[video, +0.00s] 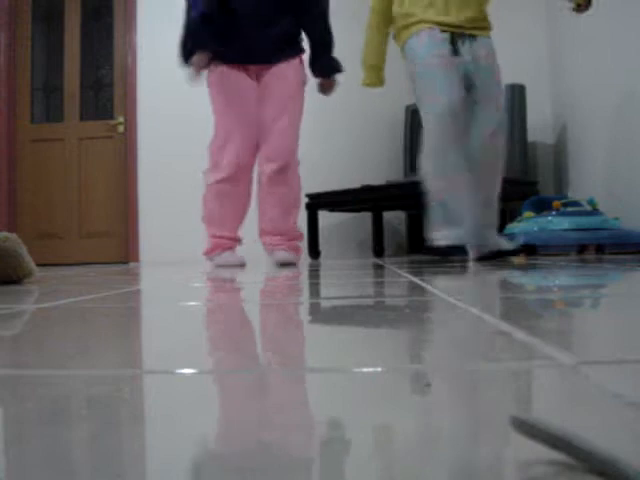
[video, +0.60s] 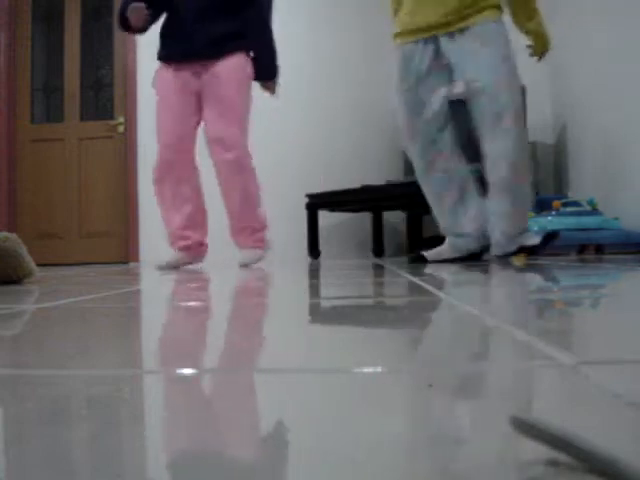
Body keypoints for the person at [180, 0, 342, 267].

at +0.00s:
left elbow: (315, 7)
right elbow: (199, 4)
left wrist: (324, 62)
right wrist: (198, 43)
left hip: (284, 60)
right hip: (229, 60)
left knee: (280, 158)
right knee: (232, 158)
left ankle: (282, 242)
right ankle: (222, 245)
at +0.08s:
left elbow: (309, 3)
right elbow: (186, 9)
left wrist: (322, 21)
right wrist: (165, 61)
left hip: (279, 67)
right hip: (227, 67)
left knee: (299, 154)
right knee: (241, 153)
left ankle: (294, 247)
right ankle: (211, 246)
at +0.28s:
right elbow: (170, 4)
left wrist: (293, 13)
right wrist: (140, 46)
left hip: (258, 60)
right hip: (206, 62)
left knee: (267, 153)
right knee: (209, 155)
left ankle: (282, 240)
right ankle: (208, 242)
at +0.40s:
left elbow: (281, 4)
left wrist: (282, 45)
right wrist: (134, 32)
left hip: (245, 59)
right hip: (192, 62)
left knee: (245, 158)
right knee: (185, 160)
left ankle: (275, 249)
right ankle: (199, 250)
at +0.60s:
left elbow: (258, 12)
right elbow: (147, 11)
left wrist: (266, 68)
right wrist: (132, 16)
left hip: (227, 58)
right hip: (175, 61)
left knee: (229, 149)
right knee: (172, 155)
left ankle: (251, 241)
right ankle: (188, 245)